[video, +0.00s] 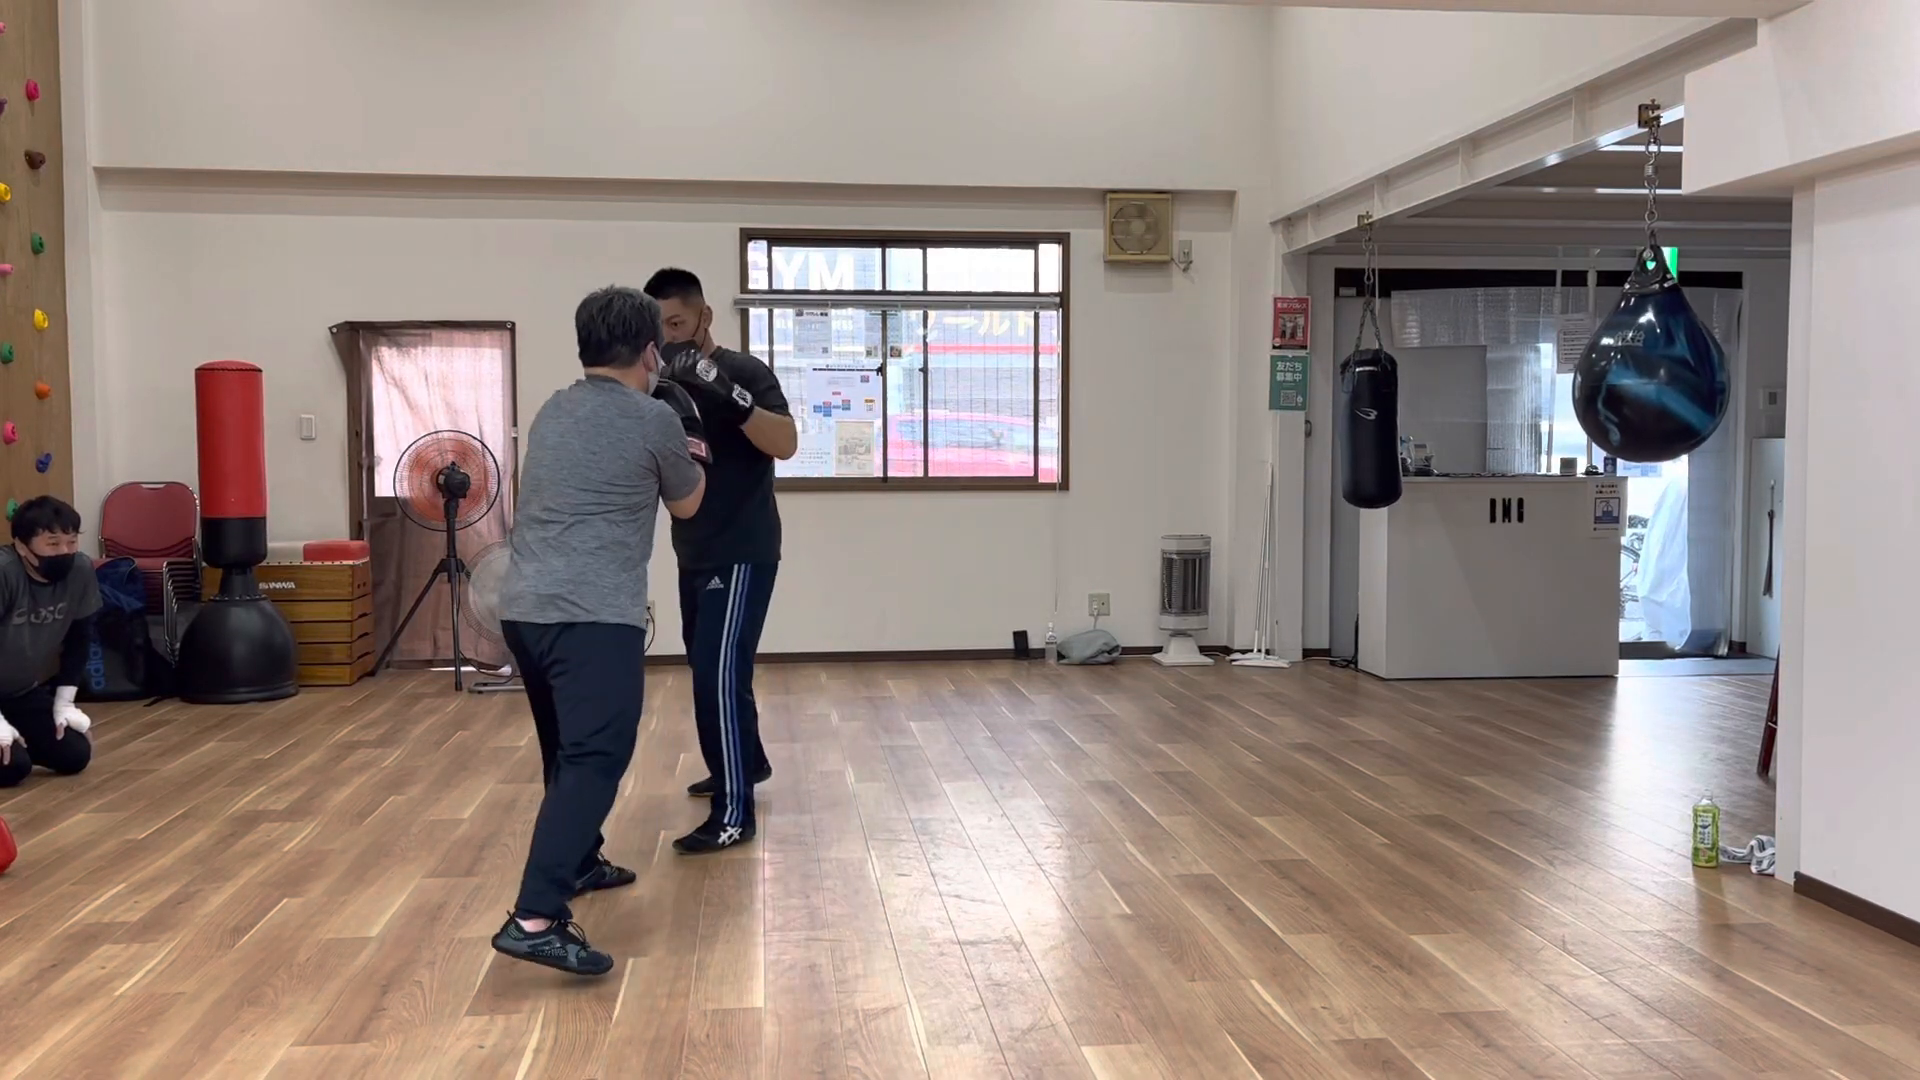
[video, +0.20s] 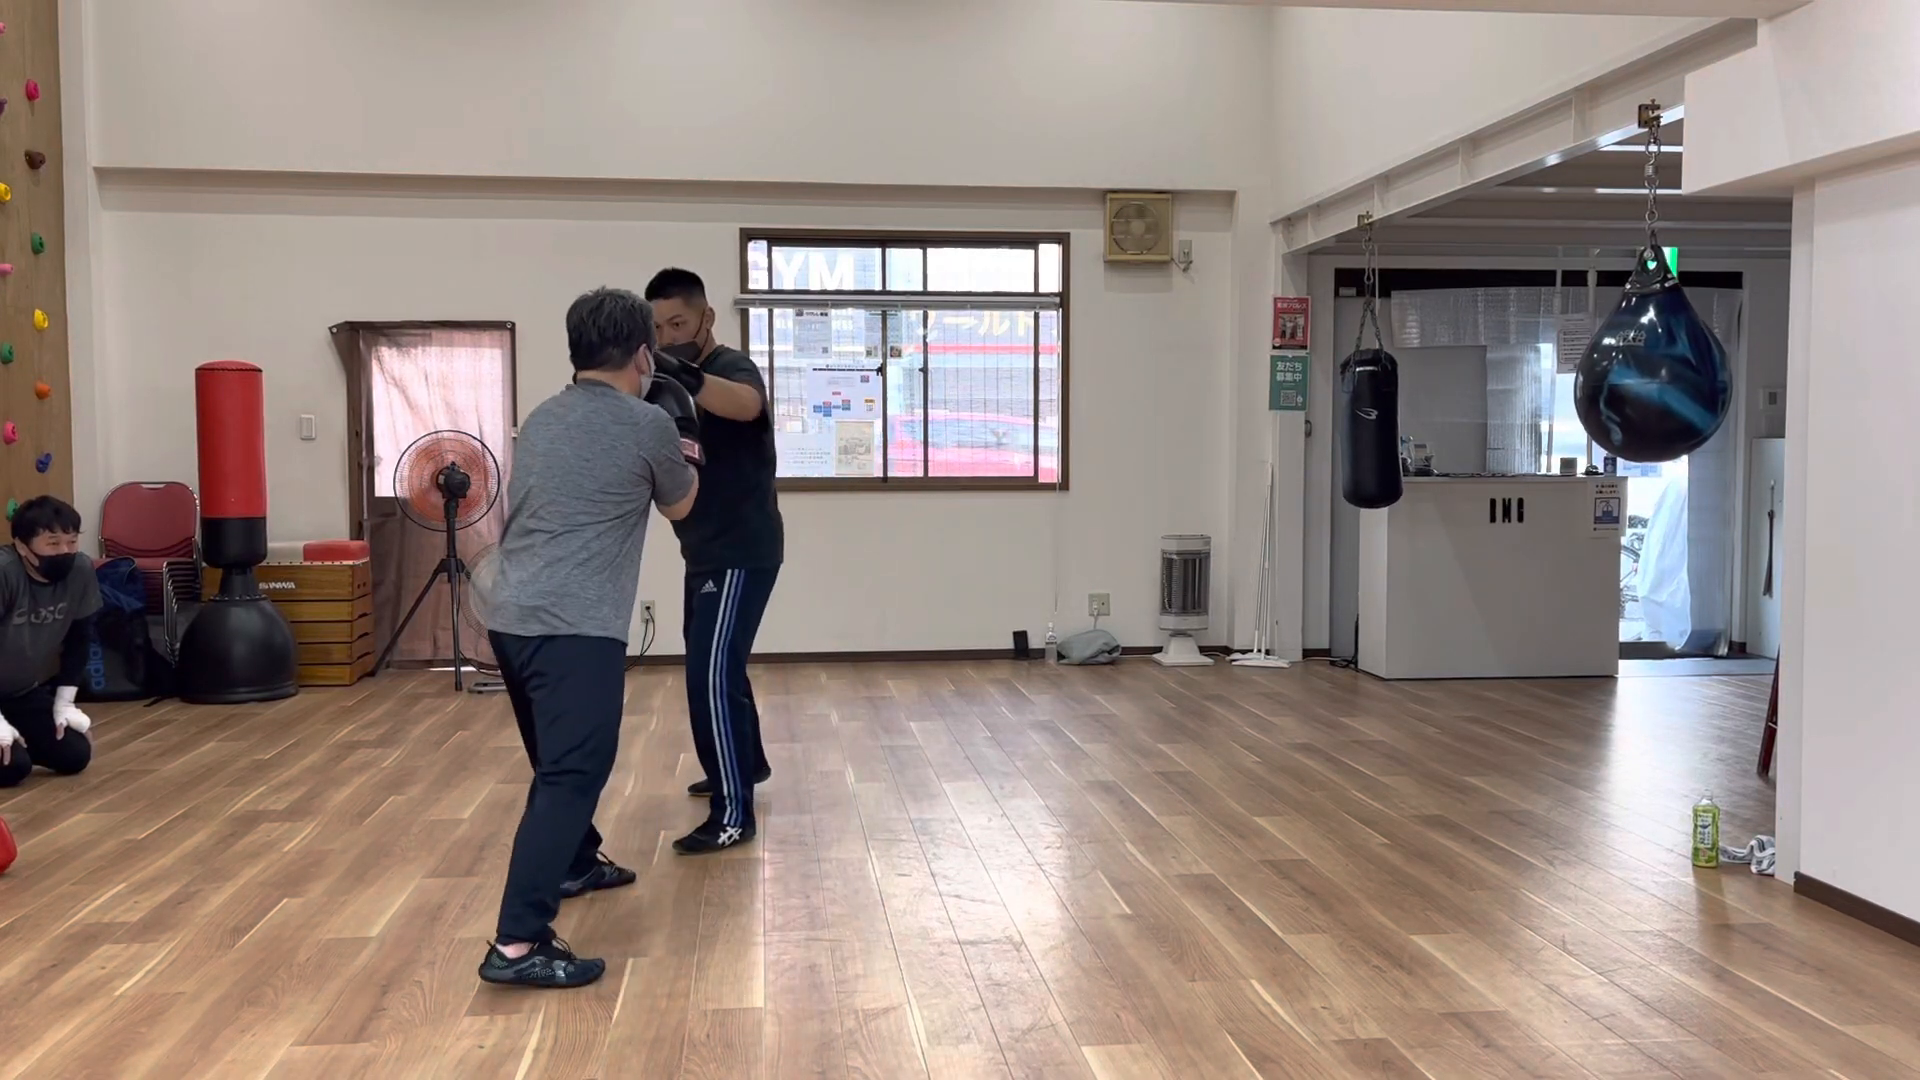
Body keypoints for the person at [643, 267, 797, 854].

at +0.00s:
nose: (671, 334)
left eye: (681, 322)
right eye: (662, 325)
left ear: (707, 316)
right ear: (654, 328)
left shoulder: (745, 371)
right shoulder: (660, 382)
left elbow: (785, 443)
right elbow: (644, 458)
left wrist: (724, 391)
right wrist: (657, 403)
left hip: (742, 547)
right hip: (695, 548)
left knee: (722, 673)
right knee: (708, 666)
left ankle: (734, 817)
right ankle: (743, 763)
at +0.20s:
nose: (669, 335)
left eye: (679, 323)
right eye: (660, 327)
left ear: (707, 318)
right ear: (651, 329)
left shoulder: (730, 366)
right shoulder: (662, 375)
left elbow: (749, 404)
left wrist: (679, 373)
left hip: (741, 546)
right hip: (705, 546)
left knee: (712, 674)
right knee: (714, 665)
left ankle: (733, 817)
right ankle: (741, 765)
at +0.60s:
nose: (677, 378)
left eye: (684, 365)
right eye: (667, 370)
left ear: (713, 359)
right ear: (662, 373)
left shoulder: (755, 409)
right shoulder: (677, 414)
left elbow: (794, 487)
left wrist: (739, 440)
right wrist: (640, 407)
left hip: (766, 566)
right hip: (719, 569)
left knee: (713, 671)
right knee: (726, 672)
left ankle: (731, 817)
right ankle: (796, 764)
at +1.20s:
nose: (668, 358)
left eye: (674, 346)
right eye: (661, 349)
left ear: (706, 342)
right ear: (655, 352)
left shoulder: (752, 389)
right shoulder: (690, 401)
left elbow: (711, 434)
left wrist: (697, 368)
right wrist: (646, 398)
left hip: (769, 562)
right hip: (732, 562)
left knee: (726, 682)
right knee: (729, 674)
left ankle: (748, 833)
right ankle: (788, 780)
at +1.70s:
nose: (646, 379)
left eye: (652, 363)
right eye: (637, 370)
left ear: (684, 350)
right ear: (632, 373)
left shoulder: (728, 396)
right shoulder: (676, 418)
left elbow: (770, 456)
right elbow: (670, 500)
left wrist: (696, 469)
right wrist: (648, 472)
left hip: (772, 563)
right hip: (746, 566)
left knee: (718, 687)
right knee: (761, 679)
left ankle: (730, 846)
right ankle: (791, 785)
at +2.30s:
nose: (644, 366)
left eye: (652, 353)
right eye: (636, 359)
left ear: (687, 346)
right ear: (633, 364)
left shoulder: (722, 384)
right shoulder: (670, 418)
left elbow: (773, 418)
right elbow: (669, 503)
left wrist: (694, 411)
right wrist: (630, 448)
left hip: (777, 555)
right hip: (745, 562)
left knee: (736, 680)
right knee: (756, 673)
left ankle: (731, 842)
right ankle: (792, 783)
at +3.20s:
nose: (618, 345)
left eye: (629, 331)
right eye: (610, 334)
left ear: (666, 327)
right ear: (608, 334)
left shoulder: (691, 379)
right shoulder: (639, 396)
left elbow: (679, 425)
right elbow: (597, 460)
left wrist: (595, 400)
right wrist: (580, 389)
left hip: (704, 564)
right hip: (676, 566)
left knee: (648, 692)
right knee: (687, 674)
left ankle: (656, 854)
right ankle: (760, 767)